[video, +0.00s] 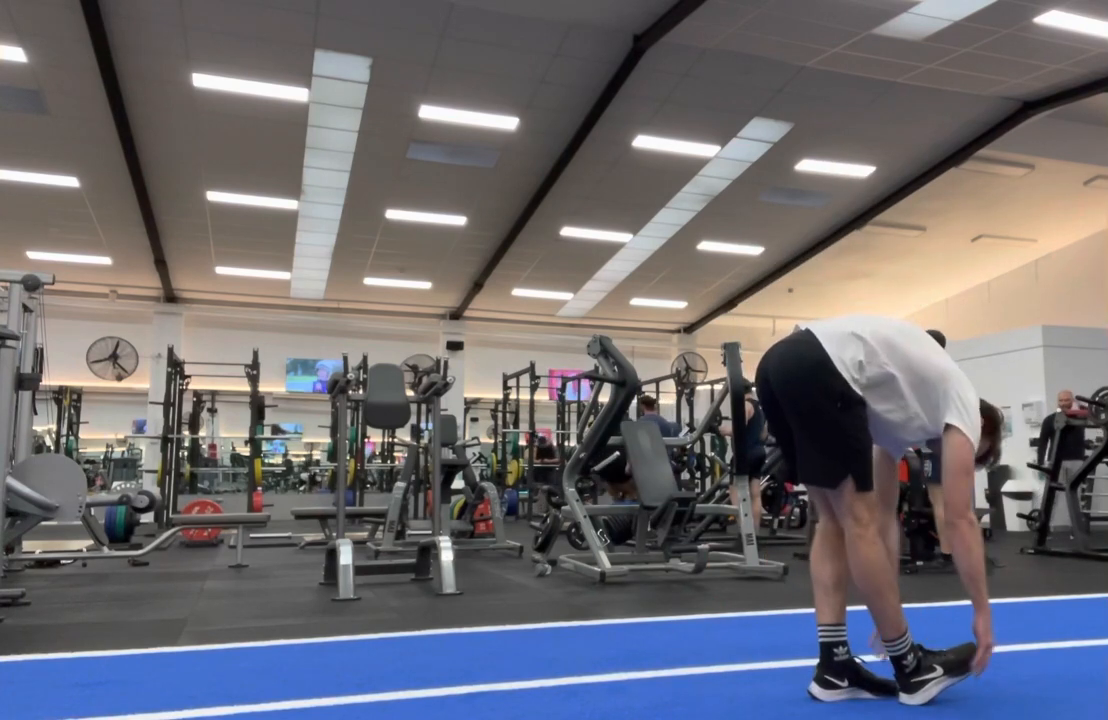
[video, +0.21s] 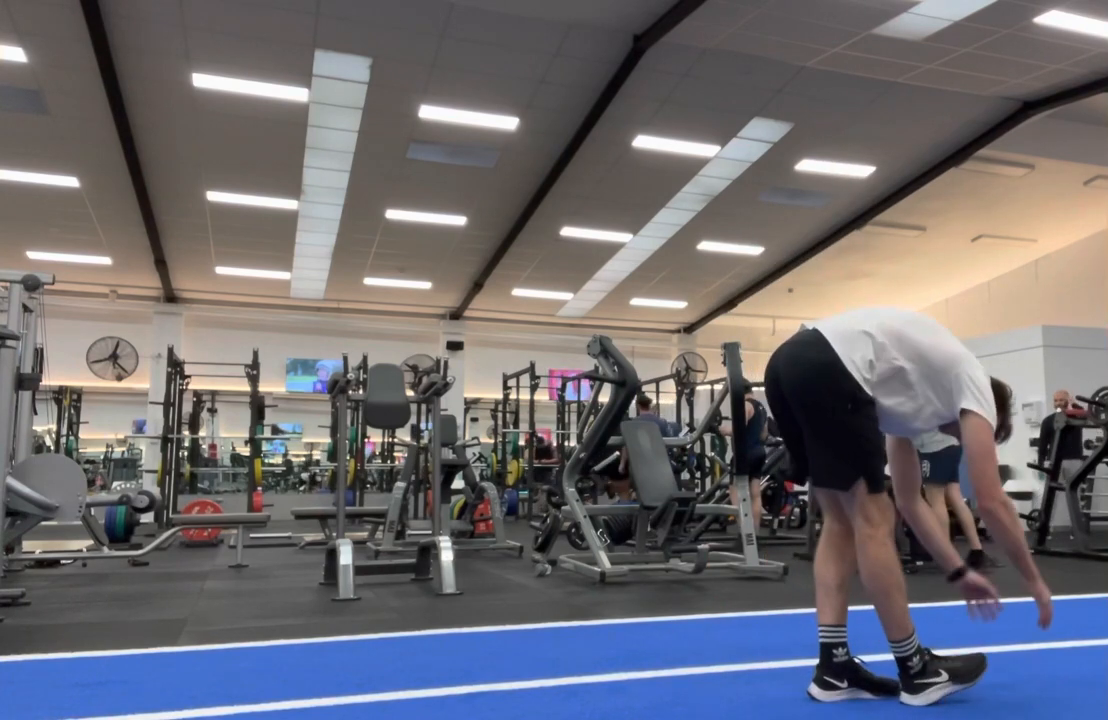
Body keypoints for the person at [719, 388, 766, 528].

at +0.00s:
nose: (731, 394)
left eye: (732, 390)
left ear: (737, 391)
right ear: (749, 388)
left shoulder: (745, 405)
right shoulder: (758, 406)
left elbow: (736, 429)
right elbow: (764, 434)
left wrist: (719, 429)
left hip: (744, 453)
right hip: (758, 451)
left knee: (735, 491)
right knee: (755, 495)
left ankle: (743, 530)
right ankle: (755, 532)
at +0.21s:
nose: (732, 395)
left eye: (733, 391)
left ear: (737, 391)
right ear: (749, 388)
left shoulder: (745, 405)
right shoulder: (760, 406)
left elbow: (738, 429)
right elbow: (764, 434)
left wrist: (721, 429)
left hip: (744, 454)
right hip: (758, 452)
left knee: (734, 489)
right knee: (756, 494)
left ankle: (742, 528)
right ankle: (755, 532)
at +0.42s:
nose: (731, 395)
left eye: (732, 390)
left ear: (736, 391)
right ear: (749, 388)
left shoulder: (745, 406)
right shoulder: (760, 406)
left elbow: (738, 429)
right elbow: (764, 434)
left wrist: (719, 428)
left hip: (744, 454)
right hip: (759, 453)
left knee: (734, 490)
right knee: (756, 495)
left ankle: (742, 530)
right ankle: (755, 533)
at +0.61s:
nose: (732, 394)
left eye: (733, 391)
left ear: (738, 391)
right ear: (749, 389)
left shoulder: (746, 406)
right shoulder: (760, 406)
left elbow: (738, 430)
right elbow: (764, 434)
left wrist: (722, 429)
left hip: (744, 454)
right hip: (759, 453)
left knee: (735, 490)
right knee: (756, 495)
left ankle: (743, 529)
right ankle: (755, 532)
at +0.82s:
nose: (731, 394)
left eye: (732, 391)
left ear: (738, 391)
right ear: (749, 388)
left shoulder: (746, 406)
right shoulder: (760, 406)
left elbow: (740, 430)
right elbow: (764, 434)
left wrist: (719, 429)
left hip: (744, 454)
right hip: (758, 453)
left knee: (734, 489)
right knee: (756, 495)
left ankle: (743, 530)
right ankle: (755, 532)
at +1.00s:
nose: (731, 393)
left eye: (732, 390)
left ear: (737, 391)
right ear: (749, 388)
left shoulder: (746, 406)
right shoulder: (760, 406)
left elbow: (741, 430)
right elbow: (764, 434)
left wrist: (721, 430)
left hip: (745, 454)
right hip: (759, 453)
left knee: (735, 489)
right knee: (756, 495)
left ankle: (743, 530)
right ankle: (755, 533)